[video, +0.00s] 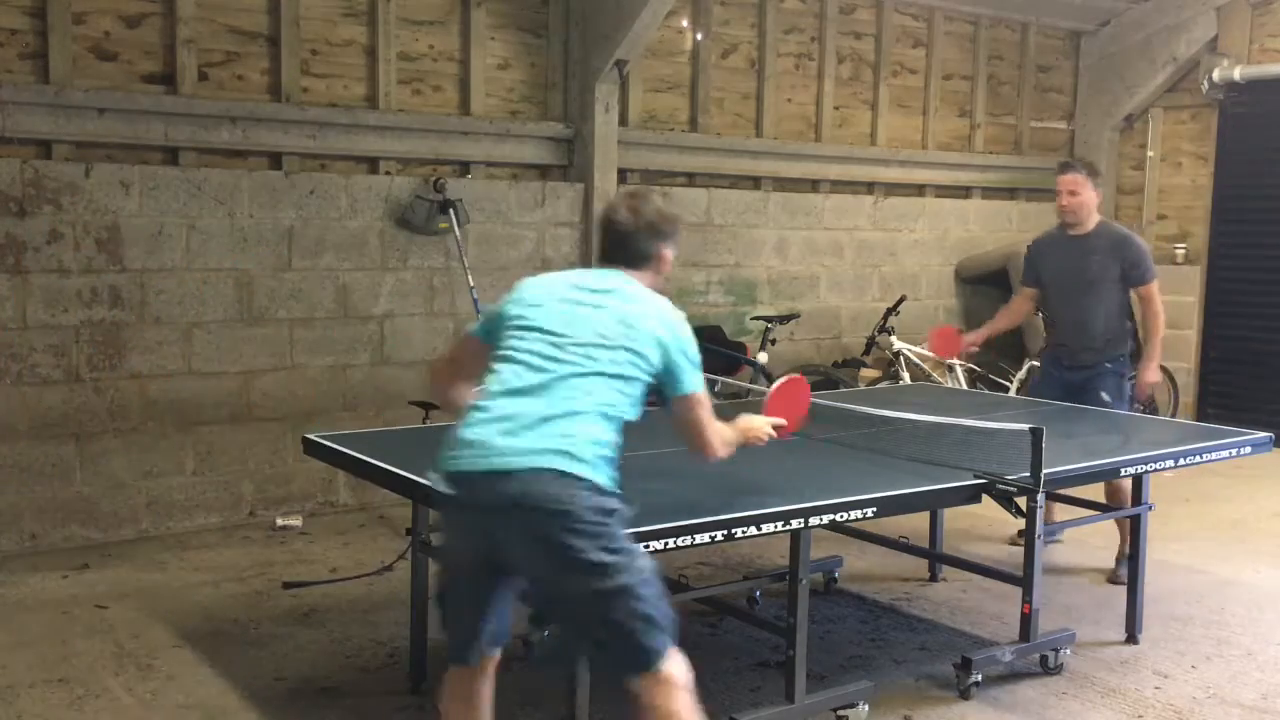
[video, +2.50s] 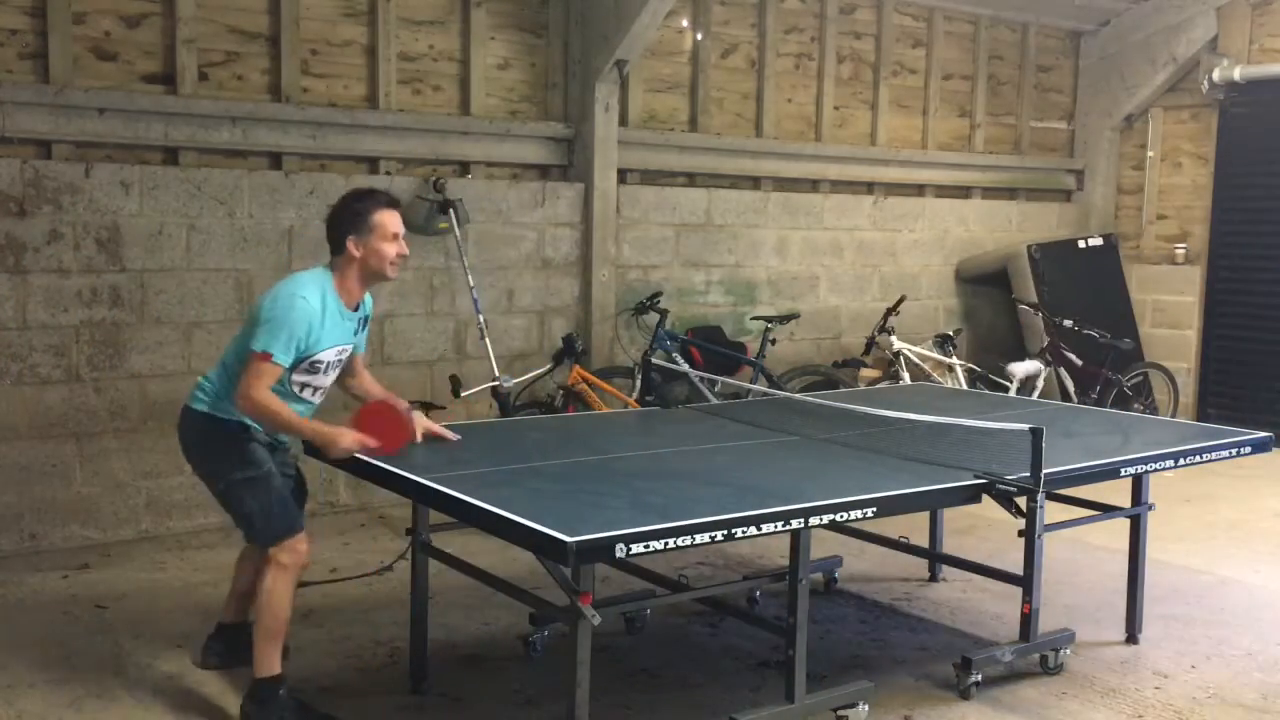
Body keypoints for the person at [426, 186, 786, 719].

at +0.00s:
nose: (673, 261)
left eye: (672, 249)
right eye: (673, 251)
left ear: (604, 244)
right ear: (663, 257)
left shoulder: (531, 290)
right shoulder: (663, 319)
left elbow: (448, 378)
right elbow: (710, 443)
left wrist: (502, 414)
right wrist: (742, 428)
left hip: (468, 483)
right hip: (563, 489)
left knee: (470, 661)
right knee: (662, 673)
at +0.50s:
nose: (747, 243)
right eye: (747, 237)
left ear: (672, 245)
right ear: (743, 248)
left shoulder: (625, 307)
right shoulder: (775, 326)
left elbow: (557, 427)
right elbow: (781, 457)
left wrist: (589, 460)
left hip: (657, 514)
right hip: (763, 513)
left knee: (556, 676)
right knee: (793, 696)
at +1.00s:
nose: (533, 227)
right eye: (530, 219)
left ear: (451, 228)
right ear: (523, 228)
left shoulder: (410, 299)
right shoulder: (559, 299)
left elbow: (332, 436)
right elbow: (617, 441)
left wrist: (363, 485)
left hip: (470, 514)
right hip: (574, 502)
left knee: (433, 698)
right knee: (569, 686)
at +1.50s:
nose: (526, 221)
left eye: (527, 209)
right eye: (524, 209)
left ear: (449, 207)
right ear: (498, 213)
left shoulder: (378, 255)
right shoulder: (512, 291)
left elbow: (281, 324)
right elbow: (555, 407)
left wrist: (261, 398)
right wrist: (584, 420)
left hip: (351, 457)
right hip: (443, 460)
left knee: (341, 621)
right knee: (455, 630)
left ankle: (347, 715)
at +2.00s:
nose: (424, 201)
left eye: (422, 188)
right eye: (415, 189)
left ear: (377, 200)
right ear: (382, 199)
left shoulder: (330, 254)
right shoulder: (363, 269)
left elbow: (329, 359)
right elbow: (349, 380)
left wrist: (388, 393)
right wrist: (410, 418)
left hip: (261, 422)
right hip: (302, 430)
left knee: (281, 554)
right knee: (362, 568)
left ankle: (262, 680)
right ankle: (339, 708)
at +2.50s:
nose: (403, 250)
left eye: (403, 238)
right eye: (392, 238)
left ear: (364, 247)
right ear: (354, 246)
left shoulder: (361, 303)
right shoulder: (298, 300)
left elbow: (350, 371)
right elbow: (250, 393)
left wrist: (404, 413)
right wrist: (322, 434)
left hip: (269, 429)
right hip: (220, 424)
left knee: (275, 532)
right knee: (289, 549)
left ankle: (229, 635)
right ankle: (267, 693)